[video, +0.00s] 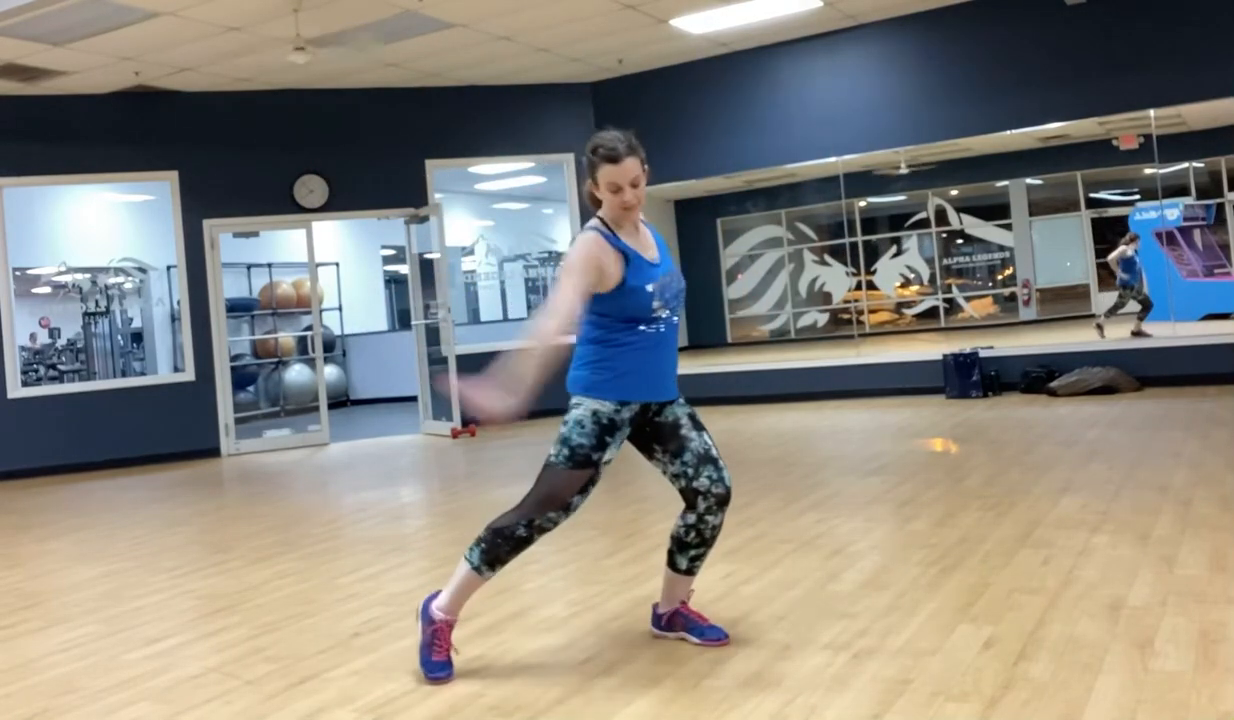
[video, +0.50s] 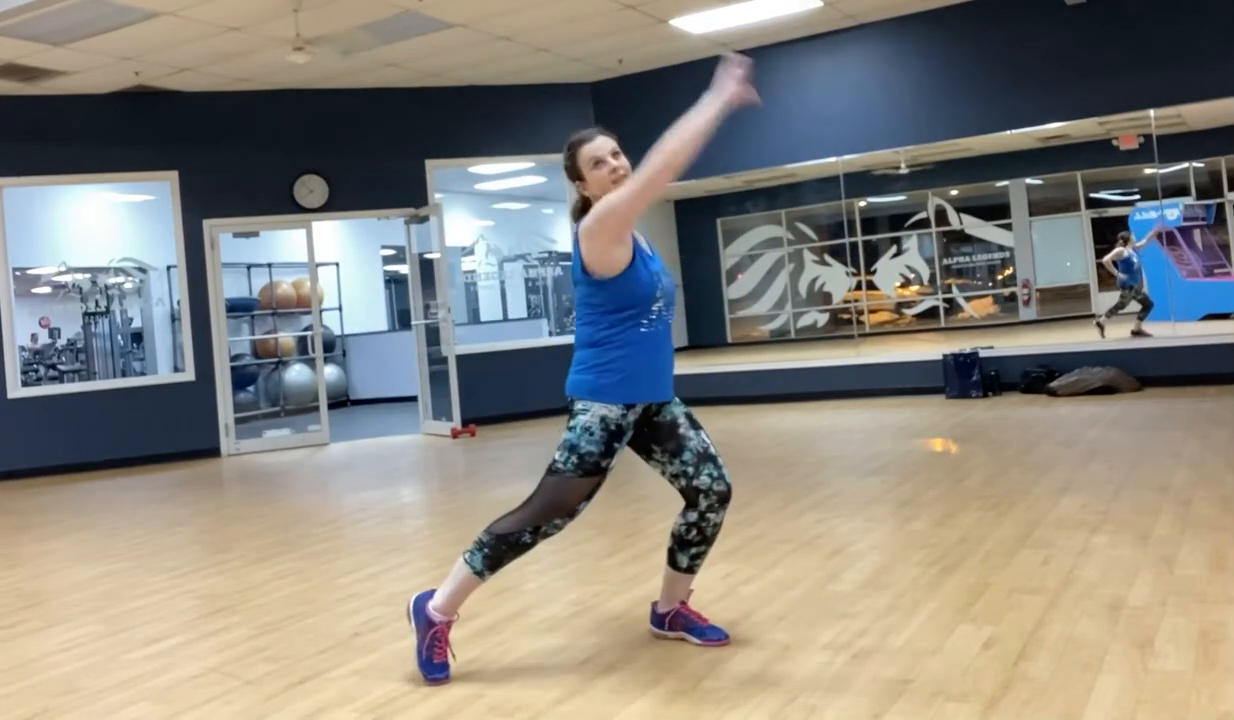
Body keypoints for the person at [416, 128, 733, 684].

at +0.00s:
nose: (631, 196)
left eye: (637, 183)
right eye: (617, 189)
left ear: (646, 177)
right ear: (596, 192)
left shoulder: (647, 229)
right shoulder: (592, 248)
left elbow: (640, 300)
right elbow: (553, 326)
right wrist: (508, 388)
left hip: (659, 398)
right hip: (601, 404)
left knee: (712, 493)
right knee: (545, 510)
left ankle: (671, 608)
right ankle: (442, 610)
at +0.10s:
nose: (632, 193)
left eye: (638, 180)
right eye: (618, 186)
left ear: (646, 176)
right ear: (595, 192)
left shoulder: (643, 233)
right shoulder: (595, 248)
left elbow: (647, 316)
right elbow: (602, 338)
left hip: (659, 401)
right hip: (605, 404)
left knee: (712, 495)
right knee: (547, 510)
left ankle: (671, 608)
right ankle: (440, 609)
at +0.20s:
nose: (628, 183)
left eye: (632, 172)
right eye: (614, 177)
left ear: (640, 173)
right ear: (589, 188)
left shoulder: (633, 236)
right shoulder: (600, 244)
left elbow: (678, 294)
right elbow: (675, 297)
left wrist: (744, 322)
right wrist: (743, 325)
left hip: (653, 400)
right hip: (605, 402)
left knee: (713, 493)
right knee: (552, 511)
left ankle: (672, 608)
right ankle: (439, 609)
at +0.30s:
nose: (625, 176)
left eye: (627, 165)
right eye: (609, 173)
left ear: (635, 167)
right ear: (589, 189)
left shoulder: (635, 232)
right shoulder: (602, 239)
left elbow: (705, 262)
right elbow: (698, 265)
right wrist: (778, 255)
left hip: (654, 400)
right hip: (604, 403)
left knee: (713, 493)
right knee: (553, 510)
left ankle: (671, 608)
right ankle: (439, 608)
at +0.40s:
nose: (621, 170)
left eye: (623, 158)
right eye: (605, 167)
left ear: (633, 162)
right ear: (586, 186)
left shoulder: (635, 223)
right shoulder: (606, 230)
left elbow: (697, 215)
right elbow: (692, 216)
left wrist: (749, 175)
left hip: (654, 400)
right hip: (604, 403)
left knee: (713, 492)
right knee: (551, 511)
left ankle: (671, 607)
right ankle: (438, 608)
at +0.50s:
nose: (617, 164)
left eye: (618, 154)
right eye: (601, 162)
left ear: (626, 160)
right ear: (580, 182)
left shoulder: (621, 224)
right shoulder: (600, 227)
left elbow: (667, 163)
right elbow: (665, 164)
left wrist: (713, 103)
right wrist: (719, 96)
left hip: (653, 399)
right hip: (605, 402)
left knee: (711, 489)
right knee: (552, 509)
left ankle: (672, 607)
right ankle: (437, 609)